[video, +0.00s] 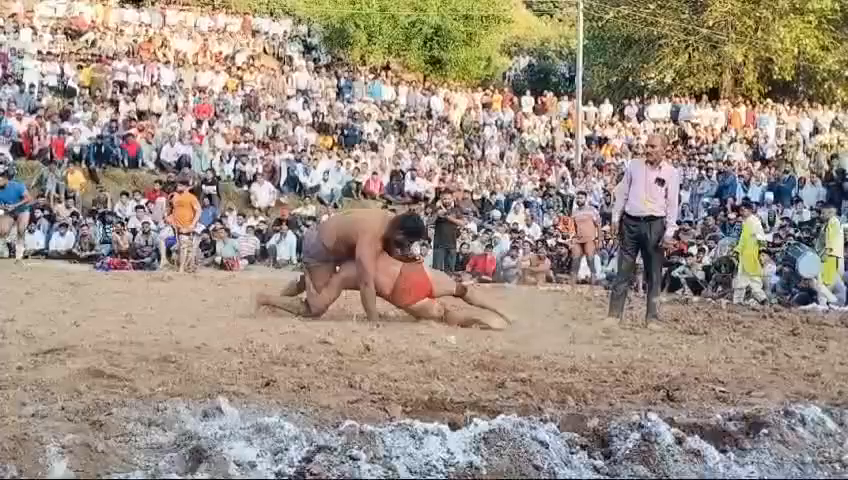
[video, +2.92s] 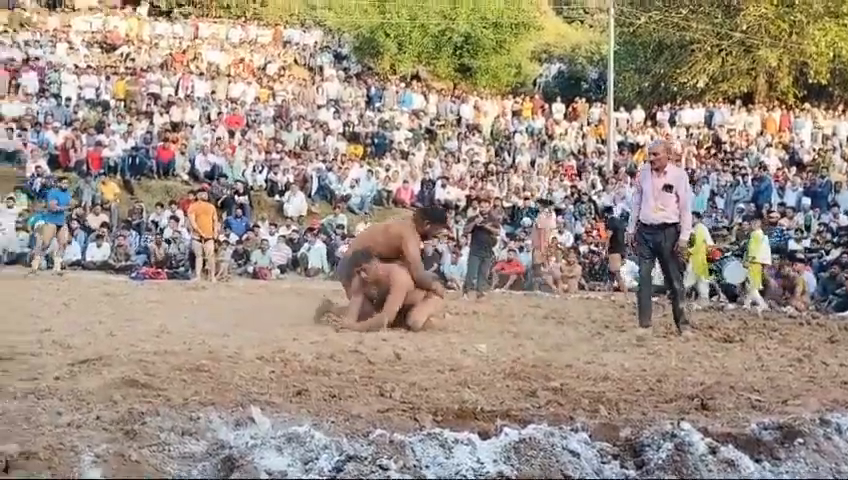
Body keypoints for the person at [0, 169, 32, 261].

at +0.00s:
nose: (1, 180)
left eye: (2, 178)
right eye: (1, 178)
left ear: (6, 178)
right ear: (3, 178)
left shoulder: (18, 186)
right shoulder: (2, 191)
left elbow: (28, 198)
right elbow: (2, 203)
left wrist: (14, 206)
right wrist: (4, 207)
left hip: (22, 210)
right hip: (8, 211)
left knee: (21, 231)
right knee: (3, 231)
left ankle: (18, 256)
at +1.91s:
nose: (9, 171)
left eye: (11, 168)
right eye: (8, 168)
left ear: (16, 168)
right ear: (6, 170)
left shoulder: (26, 179)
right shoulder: (6, 183)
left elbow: (35, 190)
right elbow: (1, 196)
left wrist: (20, 193)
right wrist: (8, 195)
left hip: (26, 206)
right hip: (12, 206)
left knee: (26, 230)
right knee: (8, 229)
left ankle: (25, 255)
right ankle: (4, 254)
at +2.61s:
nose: (23, 172)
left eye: (25, 170)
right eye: (21, 170)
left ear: (28, 172)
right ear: (17, 171)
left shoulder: (32, 183)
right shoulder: (12, 181)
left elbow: (35, 195)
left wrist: (30, 200)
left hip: (24, 209)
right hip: (10, 208)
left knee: (27, 229)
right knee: (8, 230)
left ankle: (27, 255)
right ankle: (5, 254)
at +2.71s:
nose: (31, 175)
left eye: (33, 173)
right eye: (29, 173)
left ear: (35, 174)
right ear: (25, 174)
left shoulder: (38, 185)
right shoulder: (19, 184)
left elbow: (40, 197)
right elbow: (15, 198)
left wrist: (36, 201)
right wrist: (28, 202)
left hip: (31, 211)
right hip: (18, 210)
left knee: (34, 233)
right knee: (15, 234)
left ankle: (32, 258)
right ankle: (9, 257)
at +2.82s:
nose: (45, 179)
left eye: (47, 176)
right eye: (43, 176)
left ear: (49, 178)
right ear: (39, 177)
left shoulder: (49, 190)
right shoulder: (33, 188)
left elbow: (51, 201)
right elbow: (32, 201)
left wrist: (52, 203)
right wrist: (43, 205)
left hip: (43, 215)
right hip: (31, 215)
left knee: (45, 238)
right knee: (26, 238)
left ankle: (42, 262)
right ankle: (19, 261)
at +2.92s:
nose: (65, 185)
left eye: (66, 183)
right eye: (63, 183)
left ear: (68, 184)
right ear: (58, 183)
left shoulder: (67, 194)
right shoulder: (53, 193)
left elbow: (69, 204)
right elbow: (52, 207)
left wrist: (73, 205)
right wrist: (66, 208)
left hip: (62, 221)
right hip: (51, 220)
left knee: (63, 243)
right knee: (45, 243)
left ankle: (57, 266)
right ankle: (36, 262)